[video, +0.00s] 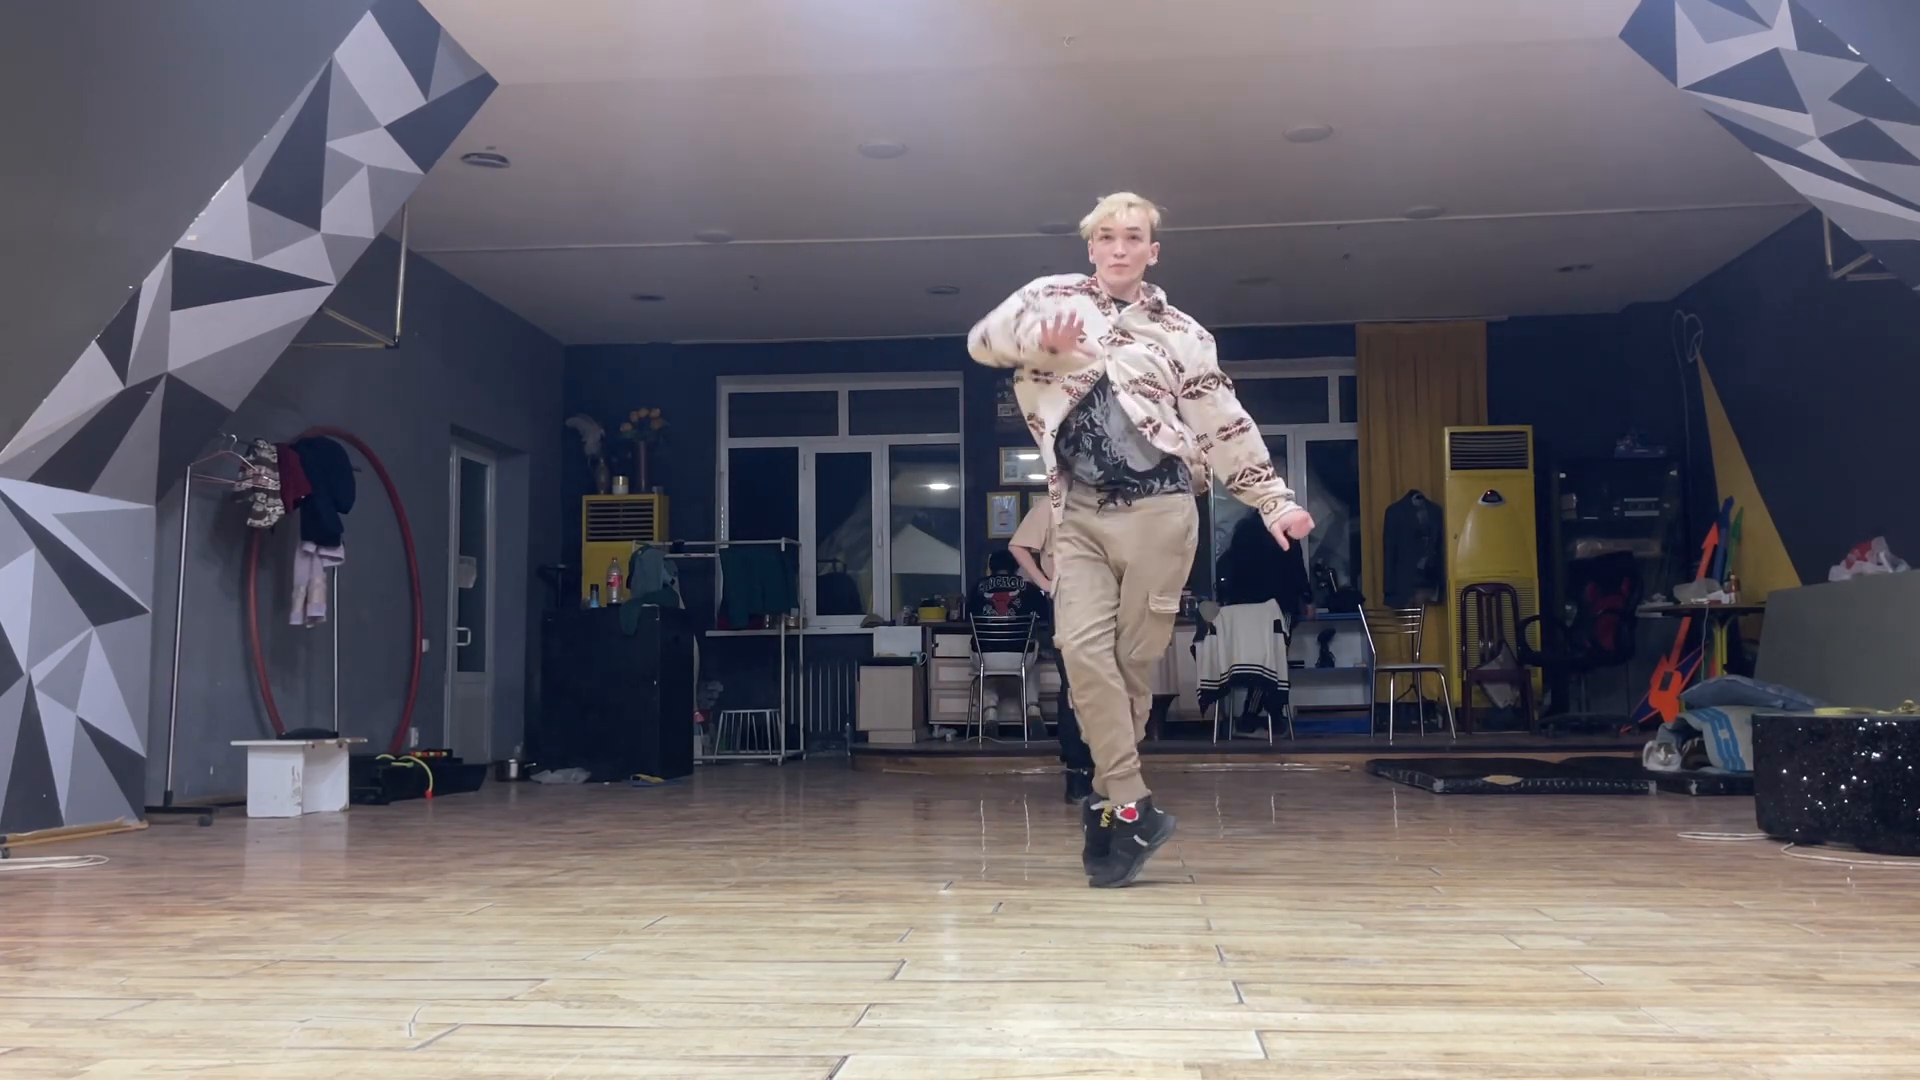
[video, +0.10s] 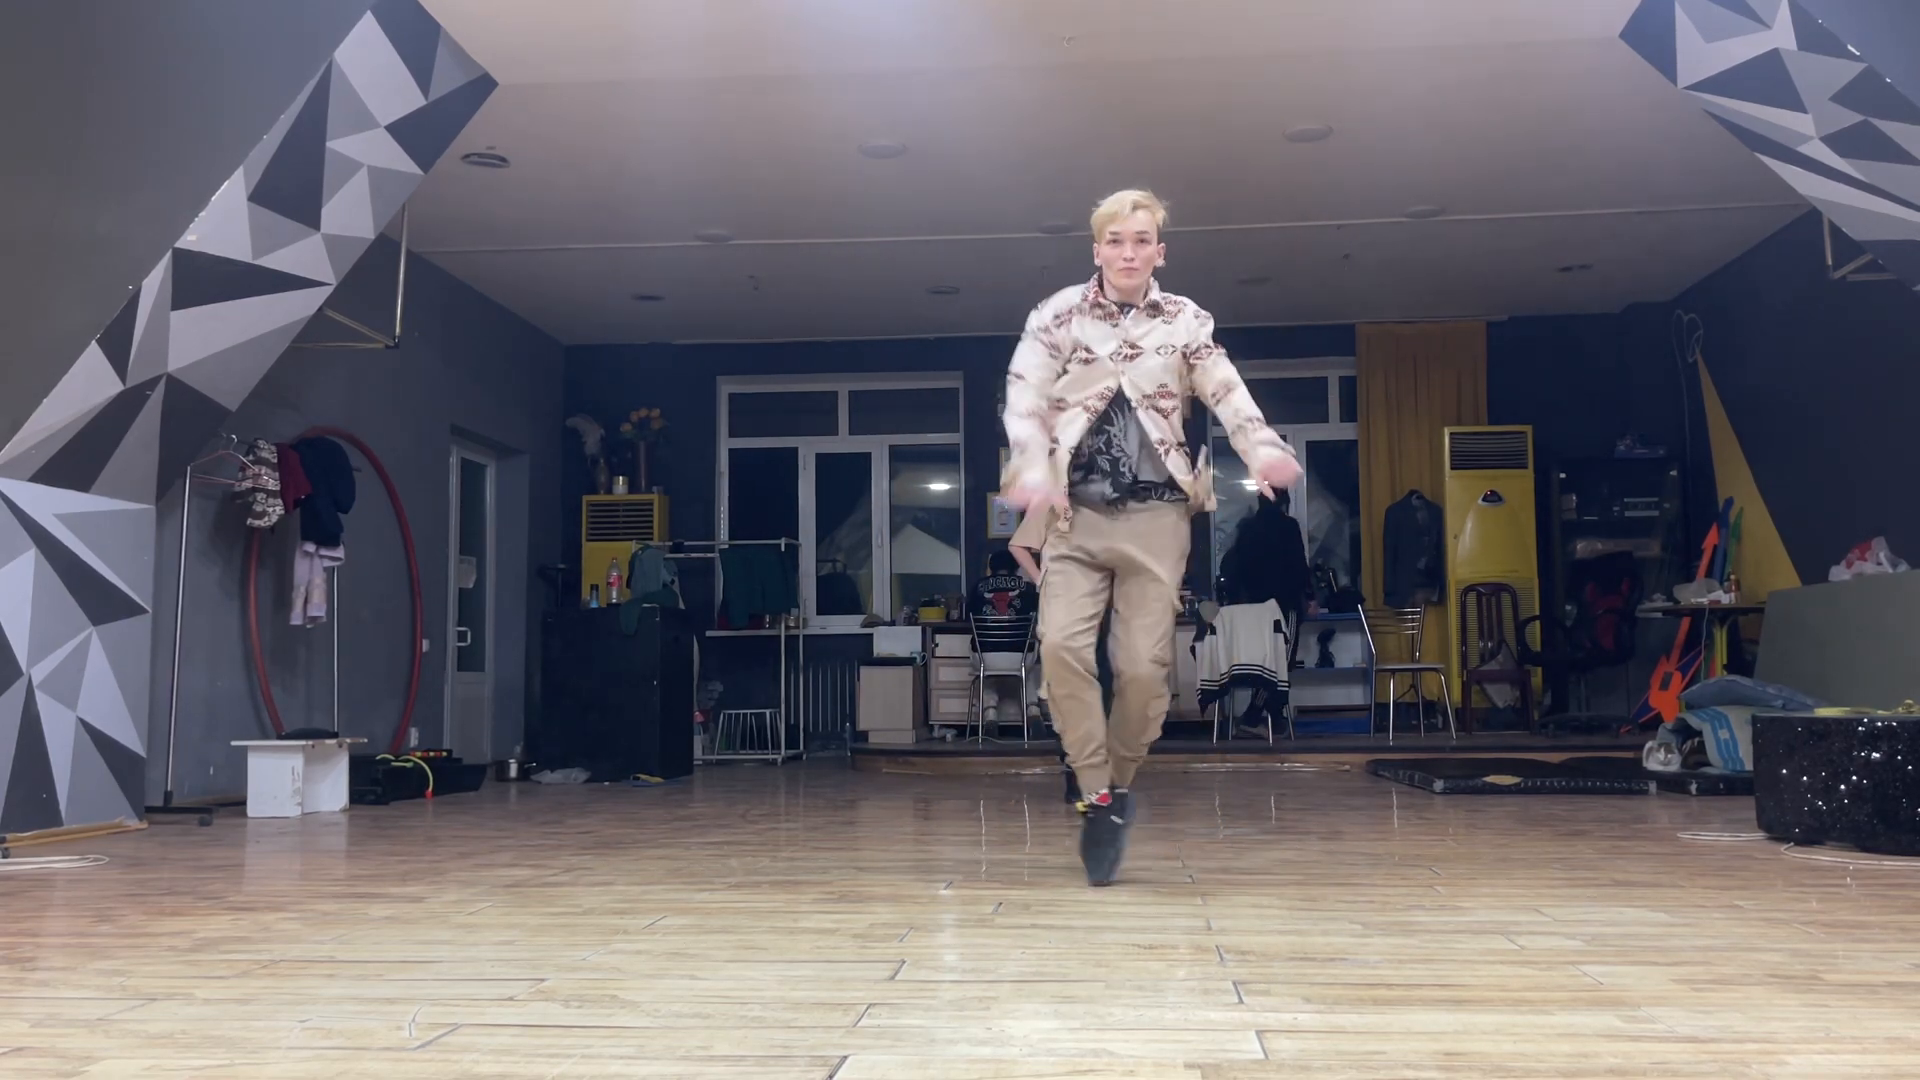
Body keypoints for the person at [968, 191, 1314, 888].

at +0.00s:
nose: (1119, 248)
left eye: (1132, 238)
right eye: (1107, 237)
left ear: (1153, 251)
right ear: (1089, 246)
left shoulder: (1182, 337)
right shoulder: (1051, 300)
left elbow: (1226, 428)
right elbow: (984, 339)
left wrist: (1272, 501)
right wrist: (1037, 341)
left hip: (1158, 516)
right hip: (1076, 512)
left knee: (1135, 665)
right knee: (1081, 650)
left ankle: (1105, 802)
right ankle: (1133, 807)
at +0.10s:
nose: (1129, 252)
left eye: (1141, 240)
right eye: (1116, 241)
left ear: (1160, 250)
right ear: (1097, 249)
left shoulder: (1184, 322)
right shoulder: (1057, 316)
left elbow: (1227, 394)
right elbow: (1024, 402)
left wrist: (1263, 450)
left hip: (1156, 517)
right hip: (1072, 515)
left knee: (1140, 667)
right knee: (1060, 647)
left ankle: (1117, 787)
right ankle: (1095, 795)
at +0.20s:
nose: (1140, 287)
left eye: (1149, 274)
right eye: (1124, 278)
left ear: (1165, 279)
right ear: (1102, 290)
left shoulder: (1181, 324)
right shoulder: (1079, 378)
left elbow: (1199, 362)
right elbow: (1054, 472)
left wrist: (1139, 382)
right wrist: (1028, 560)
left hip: (1161, 551)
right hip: (1080, 550)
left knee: (1191, 681)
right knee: (1040, 682)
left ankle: (1166, 830)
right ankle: (990, 832)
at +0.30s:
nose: (1144, 312)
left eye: (1152, 300)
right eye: (1128, 304)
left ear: (1165, 308)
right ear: (1104, 320)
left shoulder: (1183, 354)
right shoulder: (1079, 408)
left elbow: (1164, 384)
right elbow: (1071, 504)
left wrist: (1077, 397)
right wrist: (1058, 593)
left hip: (1161, 588)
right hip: (1090, 586)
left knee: (1201, 712)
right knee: (1032, 715)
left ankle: (1166, 840)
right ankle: (952, 832)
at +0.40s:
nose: (1149, 313)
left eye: (1156, 300)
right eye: (1134, 305)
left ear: (1167, 306)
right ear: (1108, 320)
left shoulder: (1184, 355)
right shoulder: (1087, 403)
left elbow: (1169, 394)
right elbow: (1073, 511)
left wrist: (1081, 420)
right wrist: (1076, 597)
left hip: (1158, 589)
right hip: (1084, 583)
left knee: (1200, 716)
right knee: (1025, 710)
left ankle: (1165, 840)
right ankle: (944, 833)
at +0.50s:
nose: (1142, 302)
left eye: (1149, 289)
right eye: (1127, 294)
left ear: (1163, 295)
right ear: (1102, 308)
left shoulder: (1185, 353)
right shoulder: (1079, 391)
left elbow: (1210, 382)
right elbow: (1068, 493)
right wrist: (1074, 577)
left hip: (1158, 566)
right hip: (1082, 559)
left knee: (1181, 716)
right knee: (1035, 681)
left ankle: (1163, 839)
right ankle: (1007, 820)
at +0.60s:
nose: (1131, 294)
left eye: (1139, 282)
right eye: (1115, 284)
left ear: (1151, 290)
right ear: (1088, 298)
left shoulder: (1194, 362)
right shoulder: (1058, 384)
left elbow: (1283, 381)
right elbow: (1042, 482)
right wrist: (1053, 561)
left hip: (1157, 562)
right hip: (1077, 567)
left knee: (1166, 719)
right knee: (1040, 681)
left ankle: (1170, 836)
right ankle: (1104, 822)